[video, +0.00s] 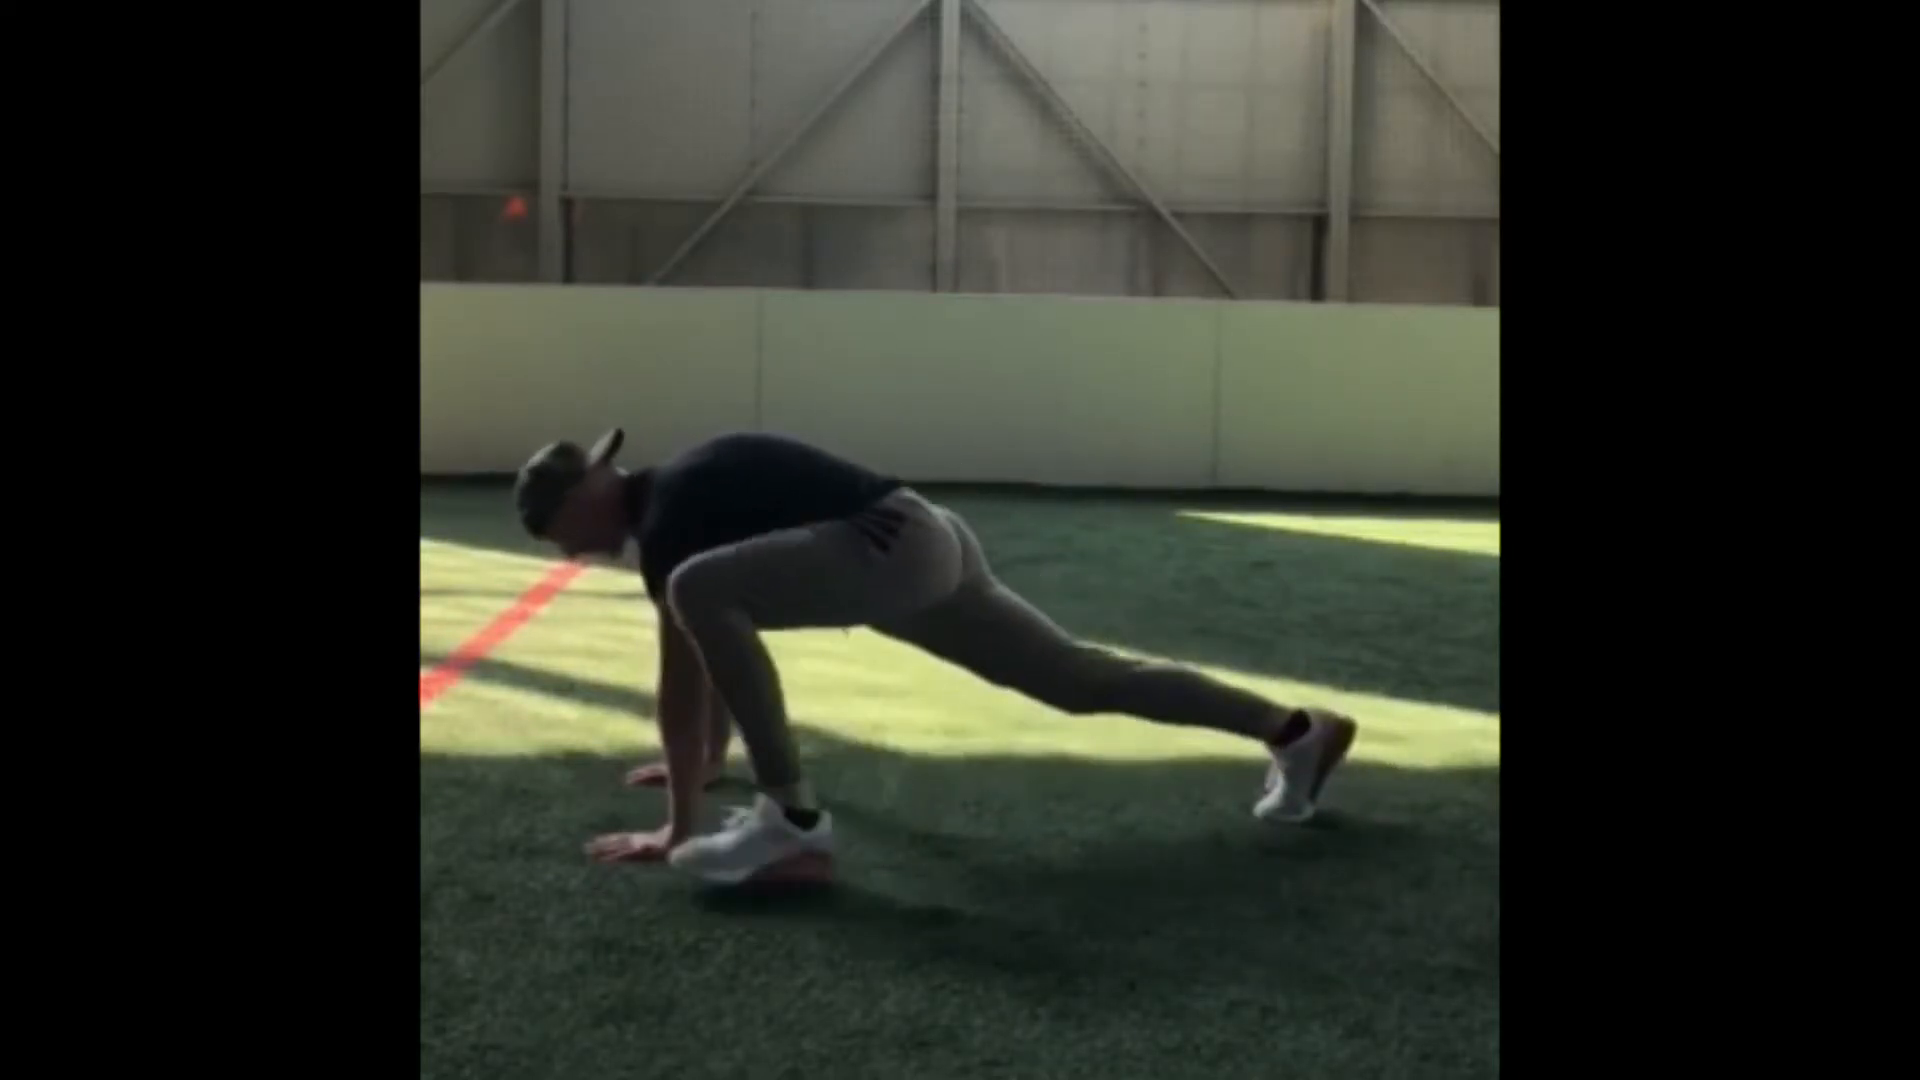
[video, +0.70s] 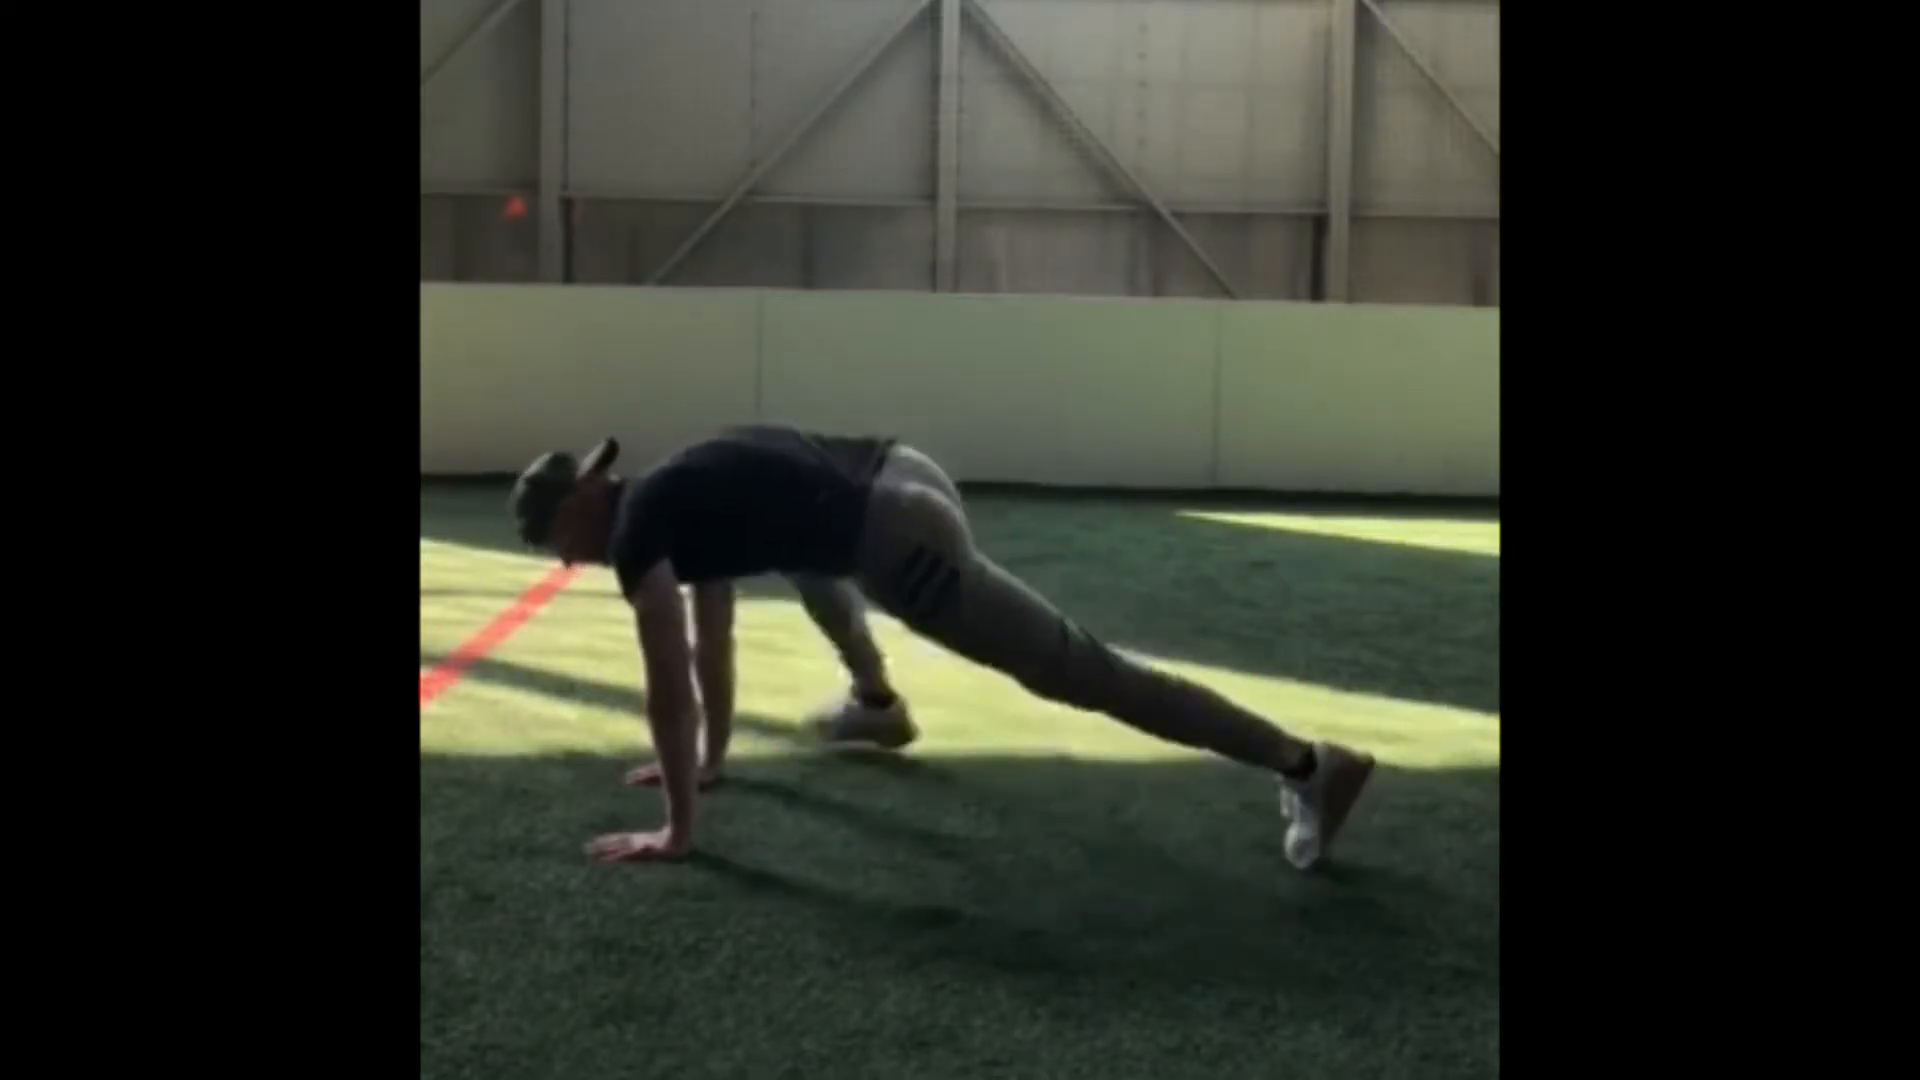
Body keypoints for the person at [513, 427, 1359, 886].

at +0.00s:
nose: (572, 554)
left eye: (564, 538)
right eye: (560, 544)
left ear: (591, 502)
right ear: (603, 488)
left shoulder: (662, 532)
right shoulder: (674, 500)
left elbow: (680, 683)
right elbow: (699, 661)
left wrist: (678, 825)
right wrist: (688, 760)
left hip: (894, 551)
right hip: (932, 543)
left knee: (697, 591)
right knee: (1080, 680)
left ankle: (782, 820)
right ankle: (1295, 733)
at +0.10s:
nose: (567, 558)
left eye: (561, 541)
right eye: (555, 547)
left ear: (582, 503)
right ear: (594, 484)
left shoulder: (649, 532)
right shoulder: (668, 497)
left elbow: (676, 687)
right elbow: (706, 652)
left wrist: (680, 828)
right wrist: (701, 759)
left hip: (891, 532)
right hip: (932, 506)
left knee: (764, 699)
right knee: (1083, 645)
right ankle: (1295, 727)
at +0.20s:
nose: (565, 558)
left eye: (558, 542)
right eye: (553, 547)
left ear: (578, 502)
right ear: (591, 483)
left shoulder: (642, 531)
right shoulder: (669, 494)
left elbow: (671, 687)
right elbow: (708, 645)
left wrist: (677, 831)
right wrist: (709, 751)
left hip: (895, 544)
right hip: (924, 504)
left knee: (926, 776)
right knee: (1097, 638)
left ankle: (1135, 703)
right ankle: (1295, 725)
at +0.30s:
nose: (571, 557)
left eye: (563, 542)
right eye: (561, 546)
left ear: (581, 509)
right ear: (600, 483)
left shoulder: (648, 534)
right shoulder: (680, 500)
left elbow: (675, 687)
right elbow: (716, 655)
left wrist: (678, 832)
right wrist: (709, 757)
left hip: (911, 582)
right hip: (934, 538)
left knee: (1033, 769)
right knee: (1103, 659)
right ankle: (1305, 726)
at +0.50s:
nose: (567, 571)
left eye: (559, 556)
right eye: (555, 561)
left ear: (580, 511)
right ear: (590, 498)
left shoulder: (648, 538)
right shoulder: (672, 504)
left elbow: (674, 694)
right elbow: (714, 654)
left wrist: (677, 832)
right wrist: (707, 756)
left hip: (919, 536)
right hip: (922, 504)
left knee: (1060, 700)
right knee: (1050, 674)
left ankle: (1297, 771)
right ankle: (1238, 688)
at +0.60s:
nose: (567, 571)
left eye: (560, 555)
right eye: (556, 560)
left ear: (580, 512)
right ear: (592, 496)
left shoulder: (643, 529)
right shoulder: (675, 500)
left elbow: (669, 684)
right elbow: (712, 645)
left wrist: (677, 830)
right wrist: (706, 753)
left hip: (904, 507)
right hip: (901, 477)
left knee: (1086, 660)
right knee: (884, 624)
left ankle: (1309, 756)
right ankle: (1073, 676)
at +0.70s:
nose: (577, 567)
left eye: (569, 552)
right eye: (566, 556)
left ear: (585, 510)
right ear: (602, 487)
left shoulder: (641, 531)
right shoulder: (689, 492)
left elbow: (669, 684)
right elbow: (715, 649)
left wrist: (677, 828)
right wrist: (705, 758)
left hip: (898, 536)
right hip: (910, 478)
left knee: (1084, 673)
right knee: (799, 558)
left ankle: (1314, 768)